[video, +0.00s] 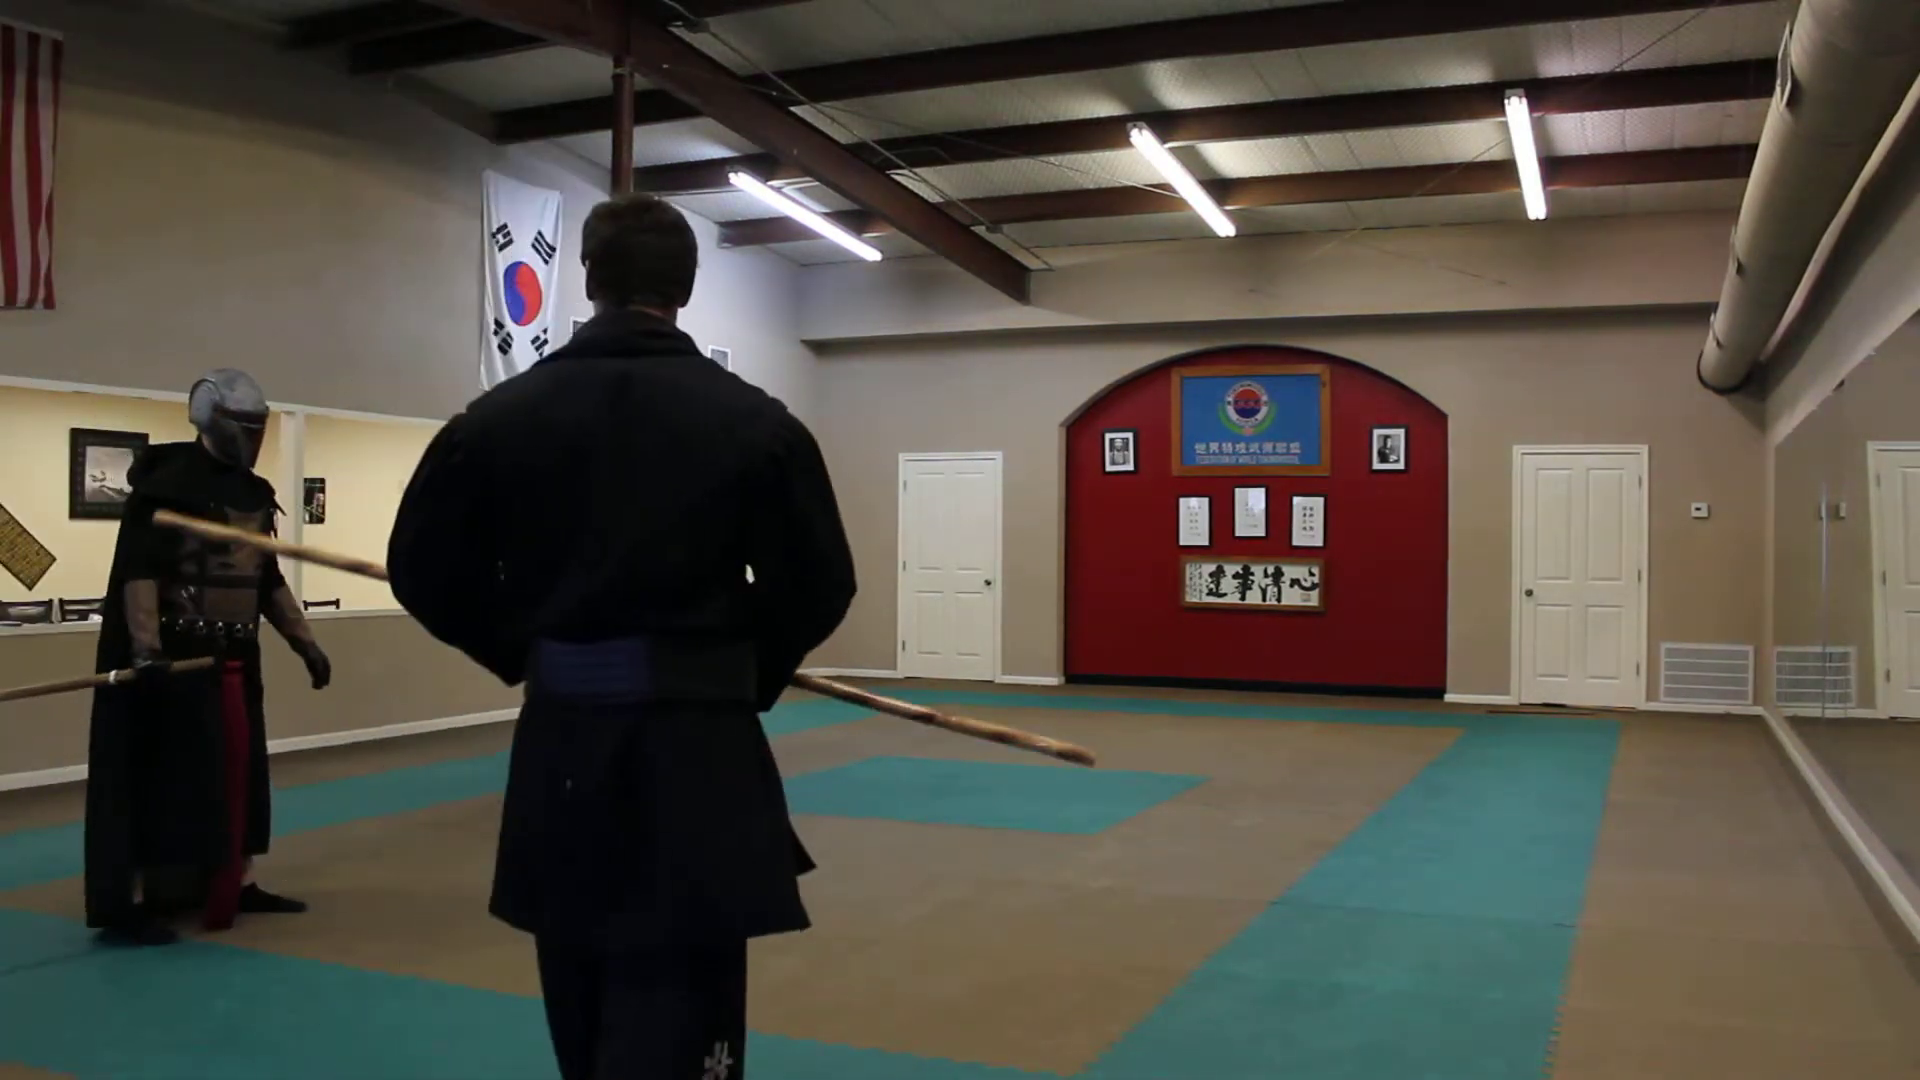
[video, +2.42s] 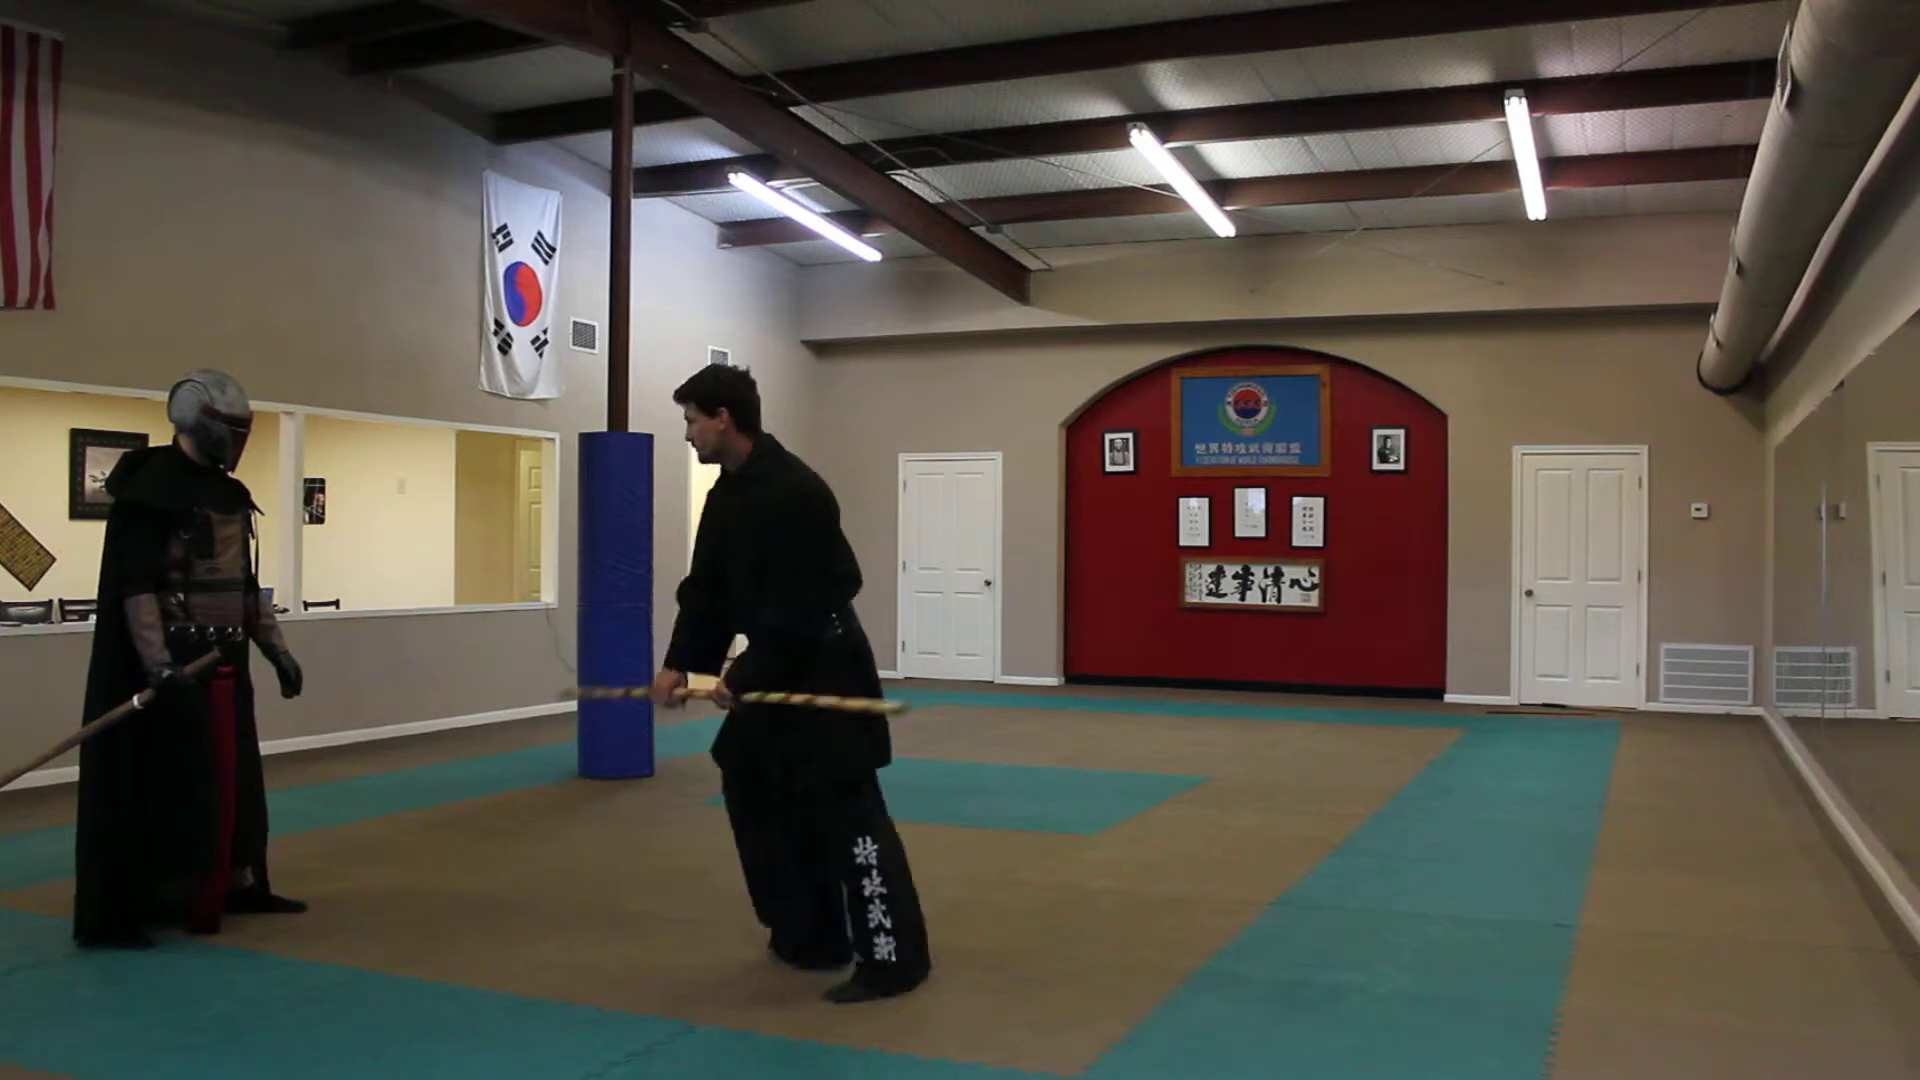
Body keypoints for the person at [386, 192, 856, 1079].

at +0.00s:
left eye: (589, 271)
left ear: (587, 281)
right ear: (685, 287)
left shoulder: (500, 418)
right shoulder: (752, 421)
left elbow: (422, 567)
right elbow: (818, 583)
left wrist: (525, 647)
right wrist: (739, 673)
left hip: (563, 750)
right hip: (701, 753)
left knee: (581, 999)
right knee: (692, 1001)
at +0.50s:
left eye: (632, 315)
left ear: (631, 324)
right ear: (717, 327)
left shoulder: (566, 438)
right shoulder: (780, 437)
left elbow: (524, 601)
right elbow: (843, 591)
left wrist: (591, 711)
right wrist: (793, 696)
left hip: (629, 732)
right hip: (762, 733)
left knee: (642, 952)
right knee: (781, 948)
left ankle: (649, 1074)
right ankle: (787, 1072)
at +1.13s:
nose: (721, 368)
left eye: (720, 357)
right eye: (722, 356)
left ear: (735, 357)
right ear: (799, 355)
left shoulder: (699, 453)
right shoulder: (865, 446)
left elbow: (656, 595)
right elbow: (897, 567)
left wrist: (690, 674)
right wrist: (853, 648)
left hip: (737, 692)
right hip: (842, 694)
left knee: (730, 864)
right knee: (839, 875)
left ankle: (725, 1027)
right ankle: (835, 1046)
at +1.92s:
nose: (691, 409)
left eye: (692, 396)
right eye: (688, 396)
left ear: (715, 390)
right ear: (747, 387)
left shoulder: (729, 467)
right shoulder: (815, 461)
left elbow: (682, 572)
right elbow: (810, 566)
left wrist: (652, 645)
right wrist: (727, 606)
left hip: (754, 670)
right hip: (813, 663)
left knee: (729, 824)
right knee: (807, 803)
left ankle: (736, 993)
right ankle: (823, 935)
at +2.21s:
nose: (697, 422)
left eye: (701, 408)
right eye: (696, 410)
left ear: (731, 402)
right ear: (740, 401)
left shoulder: (769, 471)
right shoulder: (778, 457)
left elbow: (759, 589)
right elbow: (742, 559)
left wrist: (719, 670)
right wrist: (707, 612)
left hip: (808, 664)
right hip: (822, 655)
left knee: (794, 812)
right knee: (822, 806)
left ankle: (821, 966)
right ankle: (845, 942)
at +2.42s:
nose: (686, 434)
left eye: (692, 422)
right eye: (685, 422)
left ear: (725, 418)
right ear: (724, 419)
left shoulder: (793, 488)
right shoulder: (728, 494)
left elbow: (811, 595)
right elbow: (707, 590)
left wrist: (747, 667)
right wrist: (679, 663)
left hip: (826, 676)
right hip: (770, 678)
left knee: (847, 811)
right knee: (754, 789)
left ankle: (894, 958)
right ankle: (809, 936)